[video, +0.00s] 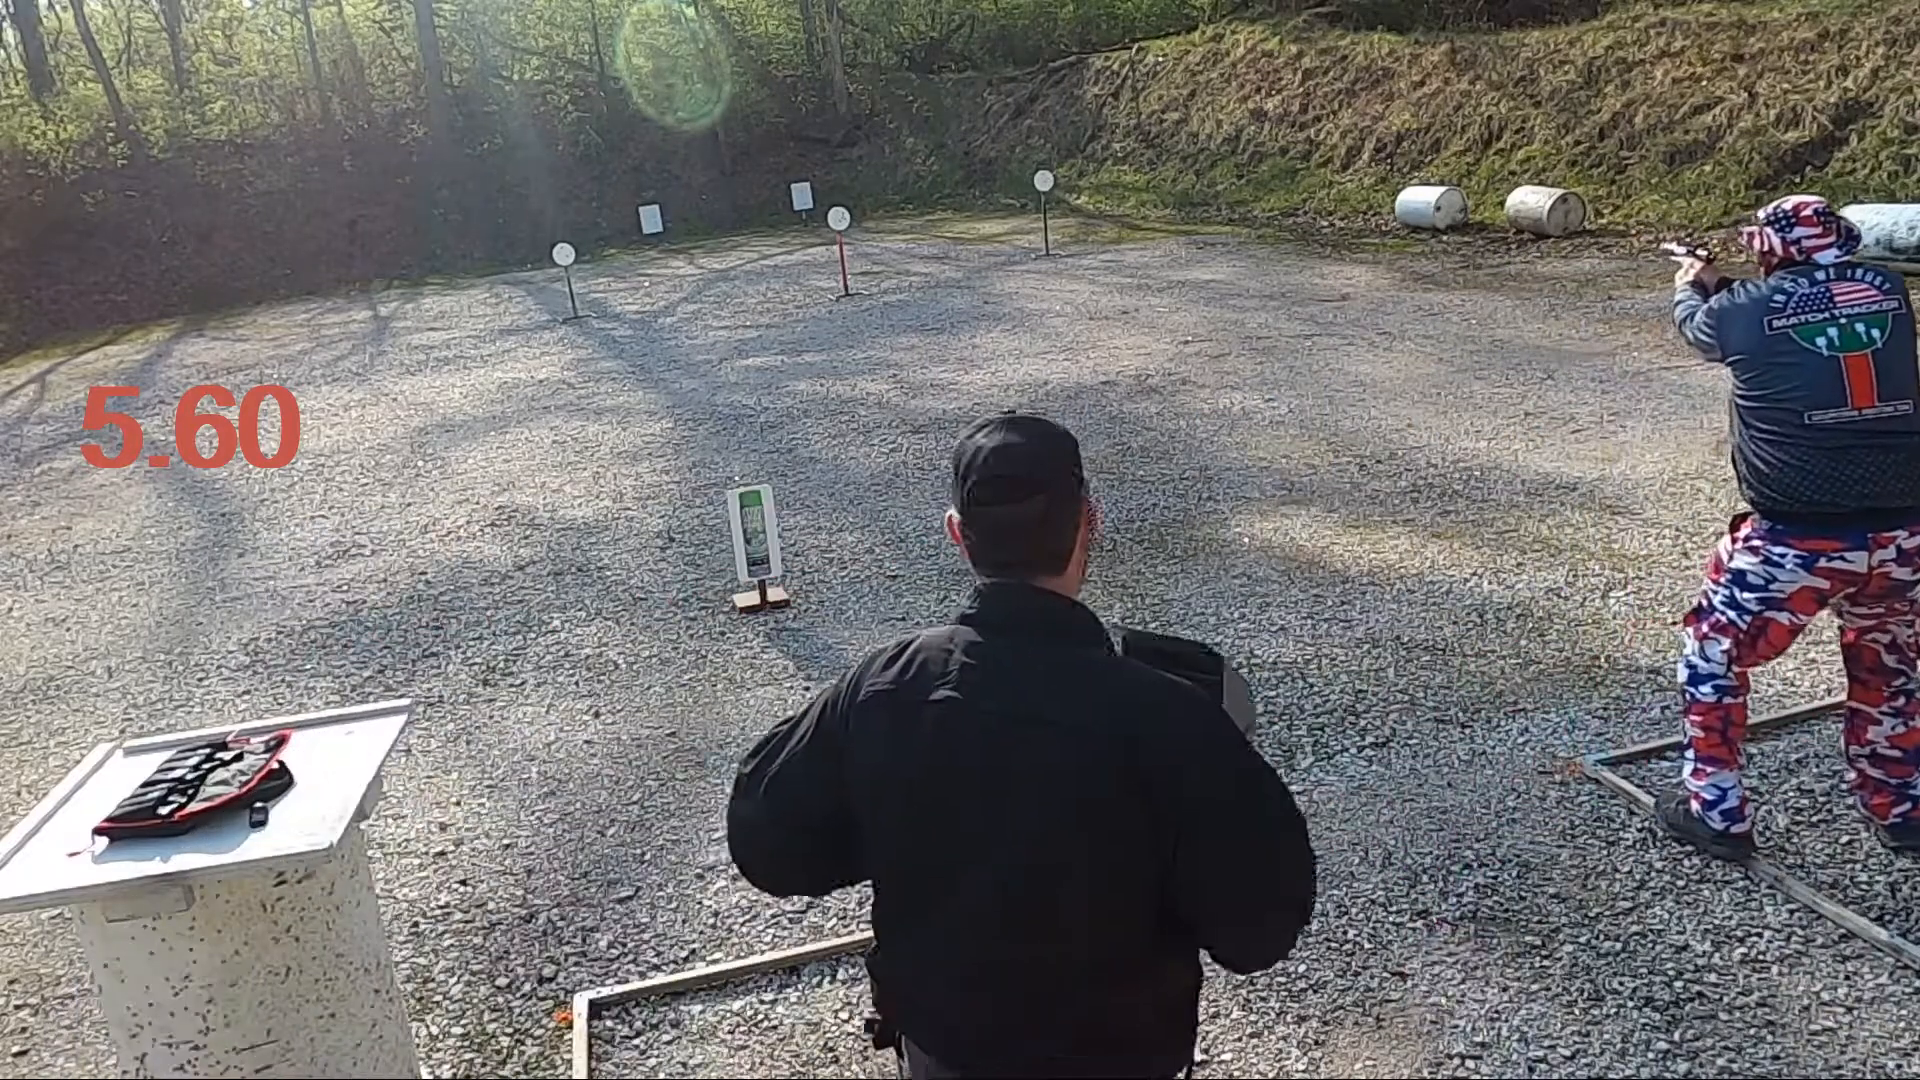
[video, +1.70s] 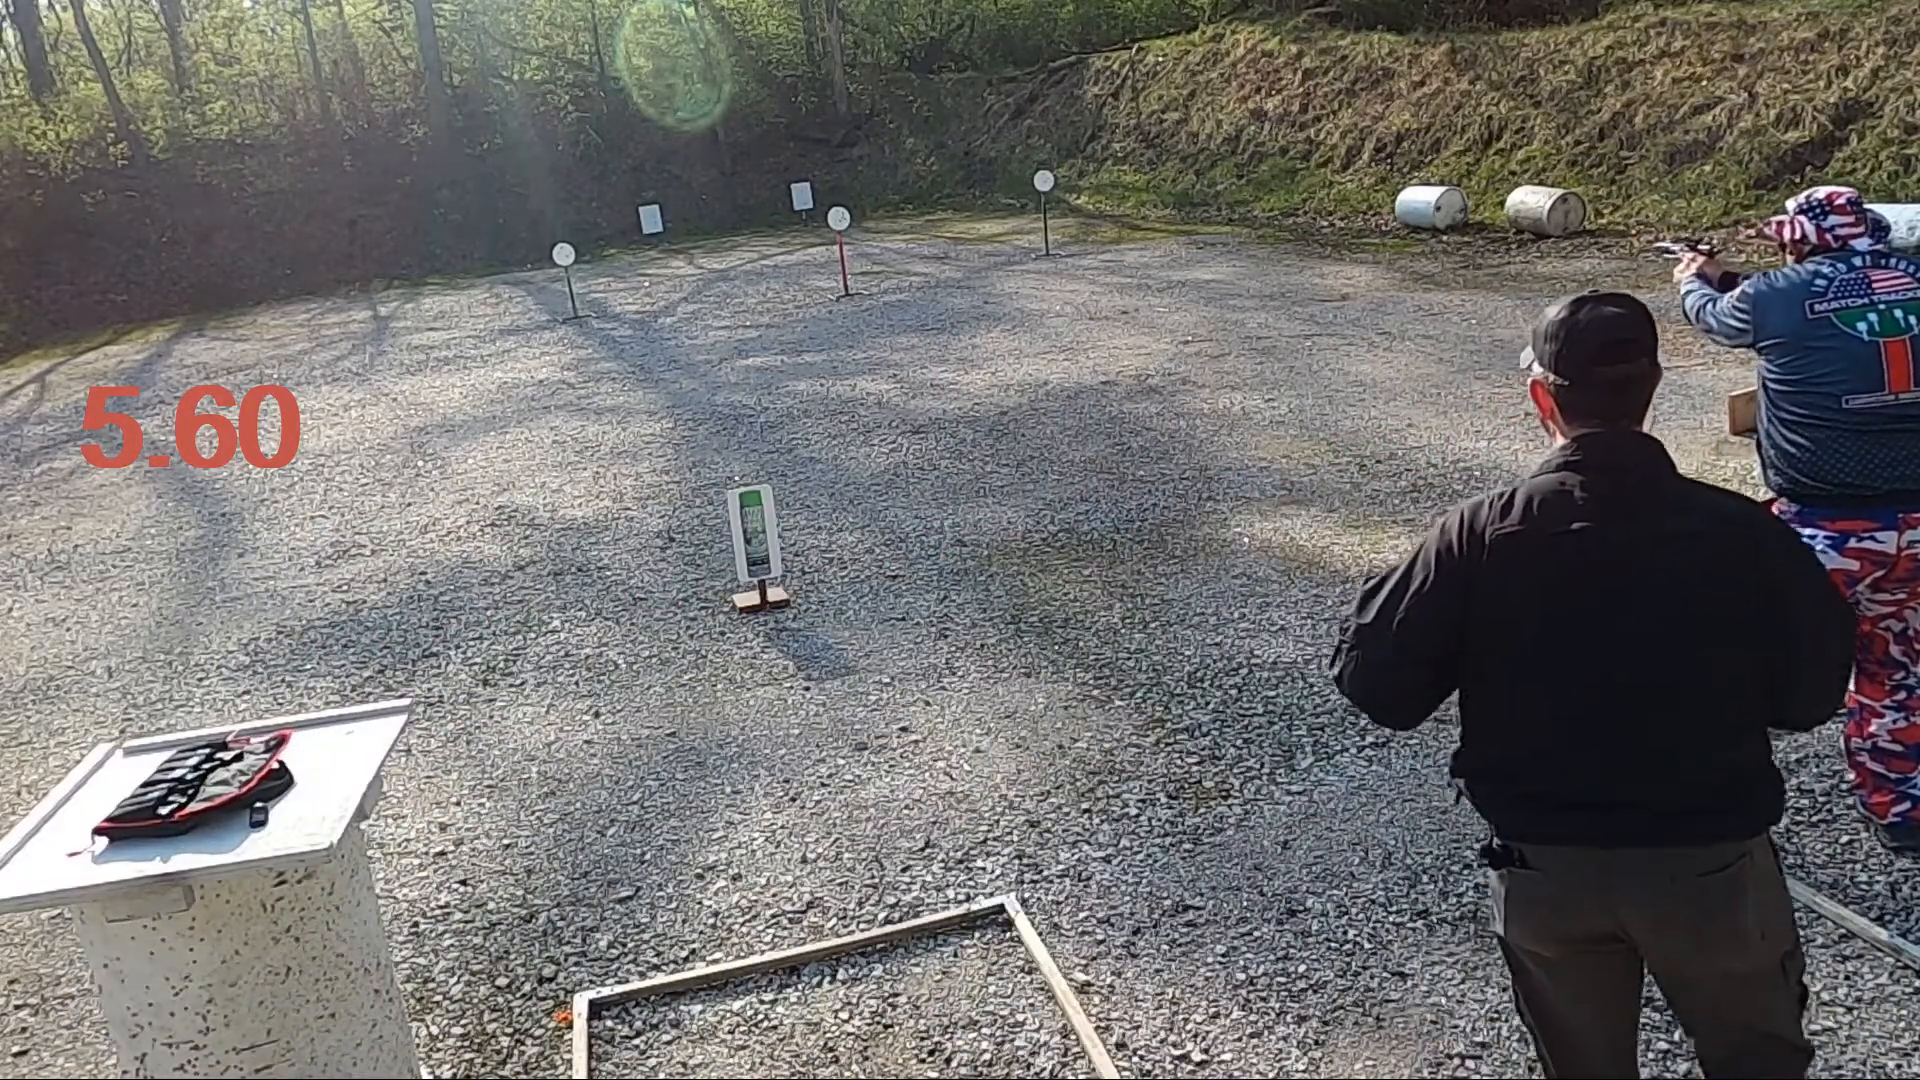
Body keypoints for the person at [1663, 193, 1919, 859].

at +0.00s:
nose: (1760, 255)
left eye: (1764, 248)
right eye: (1762, 245)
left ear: (1775, 256)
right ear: (1840, 244)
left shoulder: (1746, 310)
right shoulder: (1889, 293)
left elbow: (1693, 321)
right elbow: (1818, 298)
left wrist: (1689, 277)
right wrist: (1745, 277)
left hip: (1796, 541)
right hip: (1903, 536)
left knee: (1712, 648)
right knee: (1891, 676)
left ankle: (1716, 811)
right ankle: (1901, 811)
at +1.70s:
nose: (1787, 252)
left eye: (1790, 243)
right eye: (1786, 244)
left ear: (1804, 244)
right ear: (1867, 233)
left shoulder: (1777, 294)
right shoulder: (1908, 282)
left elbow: (1709, 310)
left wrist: (1688, 272)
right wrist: (1741, 277)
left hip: (1822, 531)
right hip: (1911, 526)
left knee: (1789, 658)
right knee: (1896, 673)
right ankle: (1901, 810)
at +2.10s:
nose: (1782, 254)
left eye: (1785, 245)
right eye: (1781, 247)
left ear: (1802, 244)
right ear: (1861, 231)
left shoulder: (1776, 293)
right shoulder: (1909, 280)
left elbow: (1705, 319)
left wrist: (1680, 280)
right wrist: (1716, 280)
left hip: (1825, 530)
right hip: (1913, 518)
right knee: (1903, 669)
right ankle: (1901, 807)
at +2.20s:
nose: (1780, 255)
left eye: (1783, 246)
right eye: (1779, 247)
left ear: (1801, 244)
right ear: (1861, 231)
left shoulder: (1779, 294)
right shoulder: (1909, 279)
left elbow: (1686, 318)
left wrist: (1674, 280)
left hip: (1826, 533)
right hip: (1912, 518)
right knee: (1900, 671)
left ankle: (1901, 811)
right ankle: (1901, 809)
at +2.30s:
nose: (1778, 255)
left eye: (1782, 245)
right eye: (1777, 246)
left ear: (1799, 244)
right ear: (1860, 231)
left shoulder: (1776, 294)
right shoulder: (1908, 278)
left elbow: (1690, 324)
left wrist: (1678, 280)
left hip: (1826, 526)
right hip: (1912, 510)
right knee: (1901, 669)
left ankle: (1899, 810)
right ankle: (1899, 807)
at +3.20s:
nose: (1776, 224)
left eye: (1780, 214)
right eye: (1776, 212)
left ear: (1799, 216)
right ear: (1861, 203)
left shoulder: (1764, 288)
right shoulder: (1910, 256)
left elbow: (1727, 386)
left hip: (1821, 508)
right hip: (1912, 495)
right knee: (1903, 649)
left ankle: (1900, 804)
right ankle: (1900, 800)